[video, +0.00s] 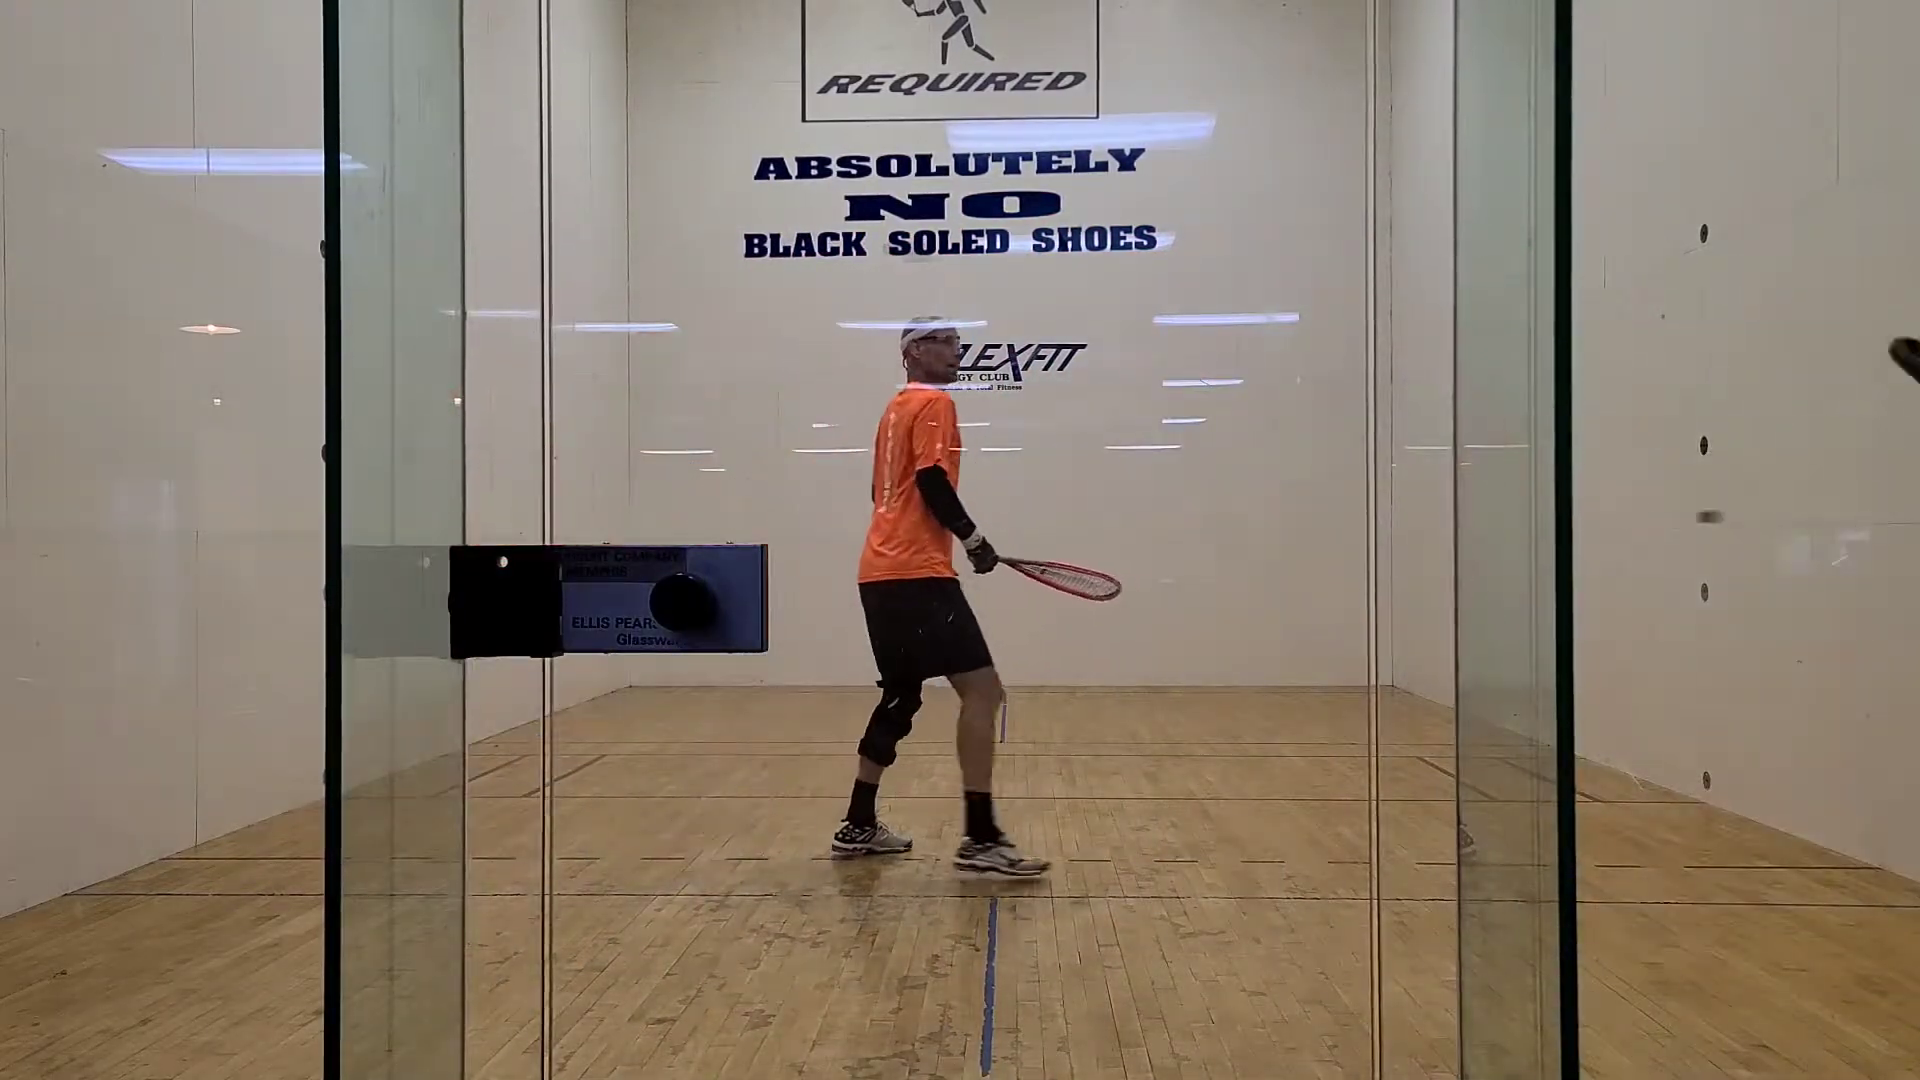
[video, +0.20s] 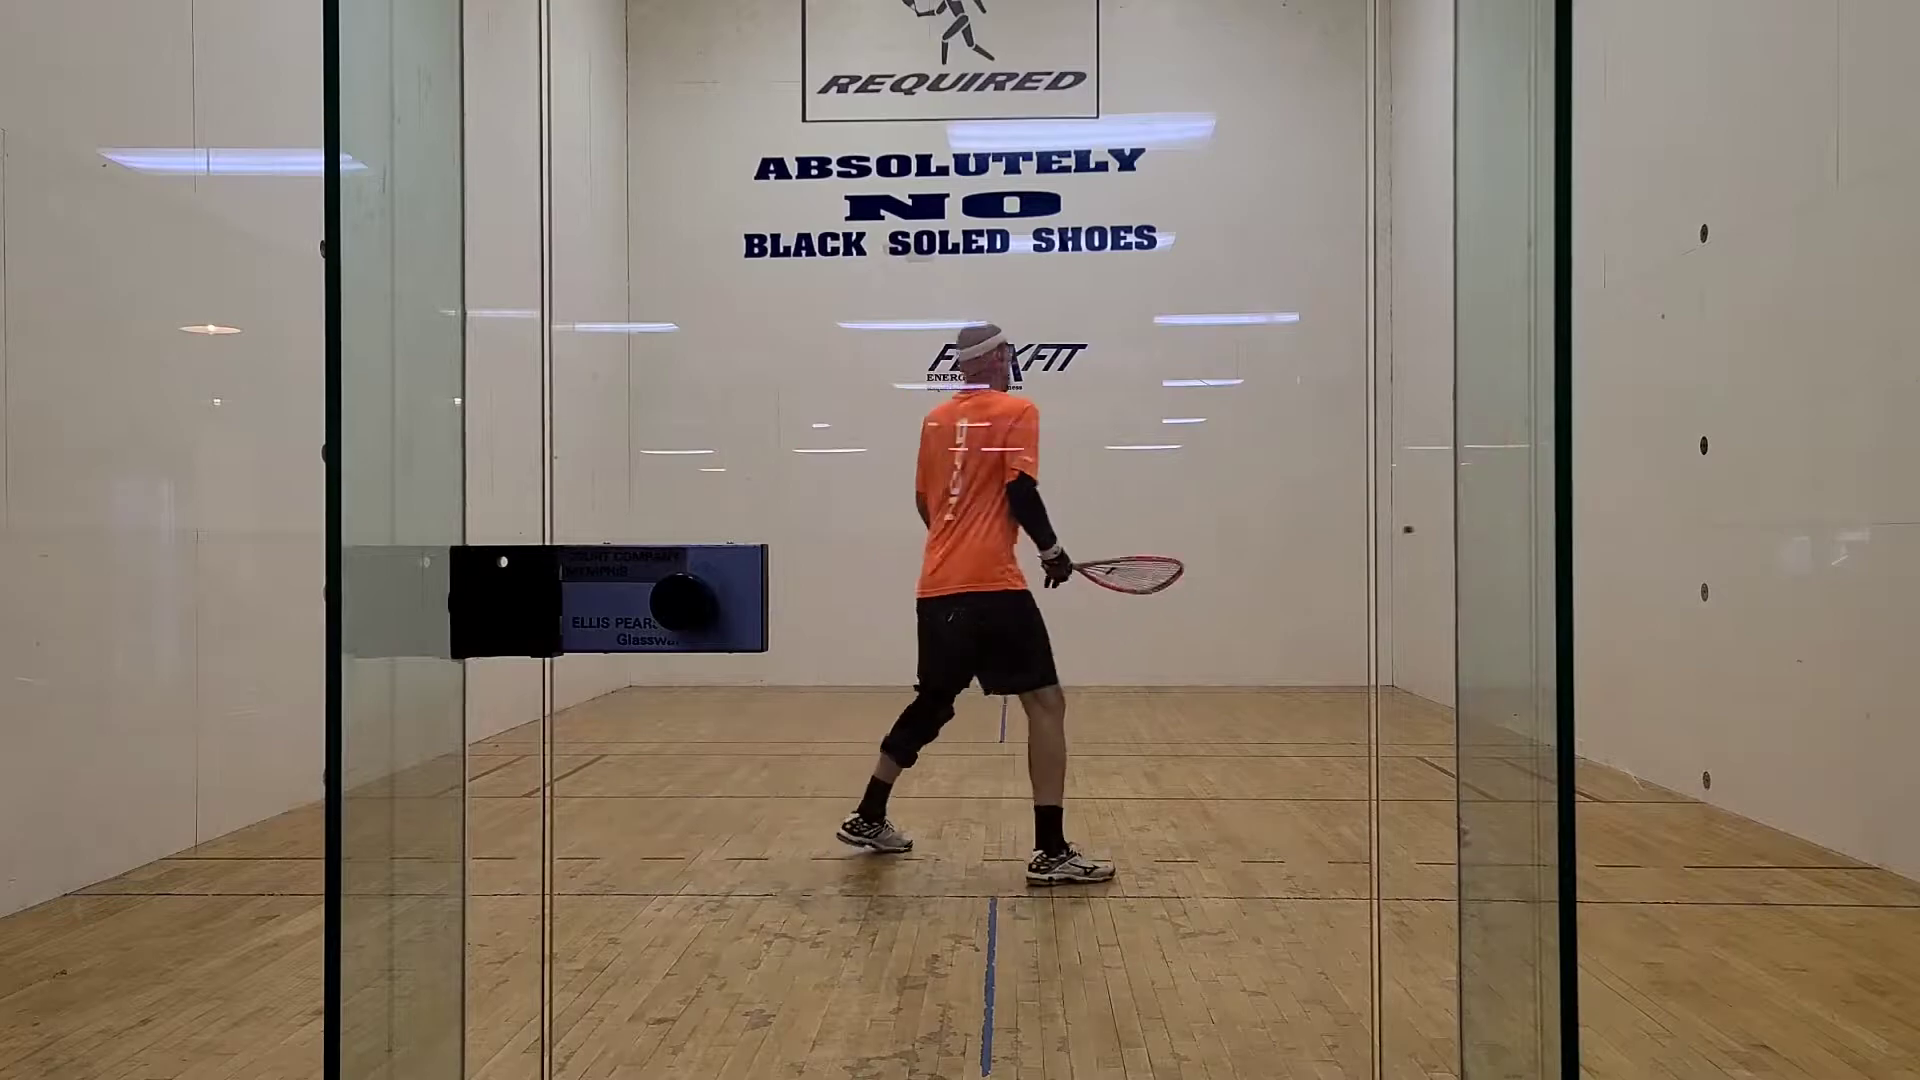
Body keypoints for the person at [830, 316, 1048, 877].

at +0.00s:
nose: (957, 353)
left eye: (957, 344)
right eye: (945, 344)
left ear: (916, 357)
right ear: (914, 353)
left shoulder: (896, 408)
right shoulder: (934, 403)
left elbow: (884, 492)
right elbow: (932, 478)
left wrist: (937, 542)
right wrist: (974, 536)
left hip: (880, 574)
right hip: (918, 572)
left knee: (899, 696)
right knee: (982, 690)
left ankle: (857, 824)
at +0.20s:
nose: (1012, 363)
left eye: (1007, 354)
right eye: (1006, 355)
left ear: (961, 367)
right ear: (994, 361)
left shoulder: (936, 419)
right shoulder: (1016, 411)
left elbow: (925, 500)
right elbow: (1019, 486)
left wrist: (963, 546)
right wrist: (1051, 548)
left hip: (937, 591)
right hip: (994, 587)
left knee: (932, 702)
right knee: (1046, 704)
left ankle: (867, 815)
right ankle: (1051, 849)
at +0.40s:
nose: (1071, 372)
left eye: (1068, 364)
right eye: (1069, 364)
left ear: (1021, 370)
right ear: (1061, 367)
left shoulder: (985, 416)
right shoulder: (1074, 417)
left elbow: (964, 497)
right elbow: (1077, 493)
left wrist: (990, 551)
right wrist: (1099, 560)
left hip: (973, 584)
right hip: (1035, 581)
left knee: (991, 704)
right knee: (1106, 694)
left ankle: (944, 834)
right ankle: (1076, 837)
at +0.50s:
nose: (1102, 399)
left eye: (1095, 391)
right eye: (1102, 391)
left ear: (1053, 393)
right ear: (1097, 390)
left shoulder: (1013, 437)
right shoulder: (1098, 442)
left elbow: (999, 508)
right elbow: (1095, 520)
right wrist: (1122, 594)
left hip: (994, 601)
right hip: (1056, 597)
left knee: (1006, 716)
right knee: (1146, 699)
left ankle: (945, 839)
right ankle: (1138, 840)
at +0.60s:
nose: (1144, 410)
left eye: (1141, 401)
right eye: (1144, 401)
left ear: (1095, 402)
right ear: (1138, 402)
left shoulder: (1059, 446)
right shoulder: (1134, 454)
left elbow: (1057, 532)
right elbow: (1116, 525)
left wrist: (1112, 583)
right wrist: (1159, 603)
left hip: (1023, 607)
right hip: (1085, 609)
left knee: (1019, 726)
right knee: (1173, 718)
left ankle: (946, 840)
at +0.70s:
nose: (1198, 411)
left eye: (1196, 401)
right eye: (1194, 403)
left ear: (1149, 406)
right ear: (1186, 407)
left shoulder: (1125, 446)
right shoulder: (1172, 454)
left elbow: (1119, 542)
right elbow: (1147, 518)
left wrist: (1178, 583)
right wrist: (1214, 568)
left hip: (1062, 614)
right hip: (1116, 617)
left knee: (1050, 735)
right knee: (1212, 728)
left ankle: (955, 831)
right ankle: (1247, 875)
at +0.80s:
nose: (1251, 414)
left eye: (1250, 405)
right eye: (1247, 406)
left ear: (1203, 406)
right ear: (1232, 411)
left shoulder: (1184, 448)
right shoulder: (1201, 448)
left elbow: (1175, 525)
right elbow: (1173, 492)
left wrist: (1209, 577)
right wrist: (1259, 492)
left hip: (1088, 610)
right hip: (1140, 616)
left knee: (1098, 729)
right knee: (1233, 720)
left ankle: (993, 816)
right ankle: (1246, 874)